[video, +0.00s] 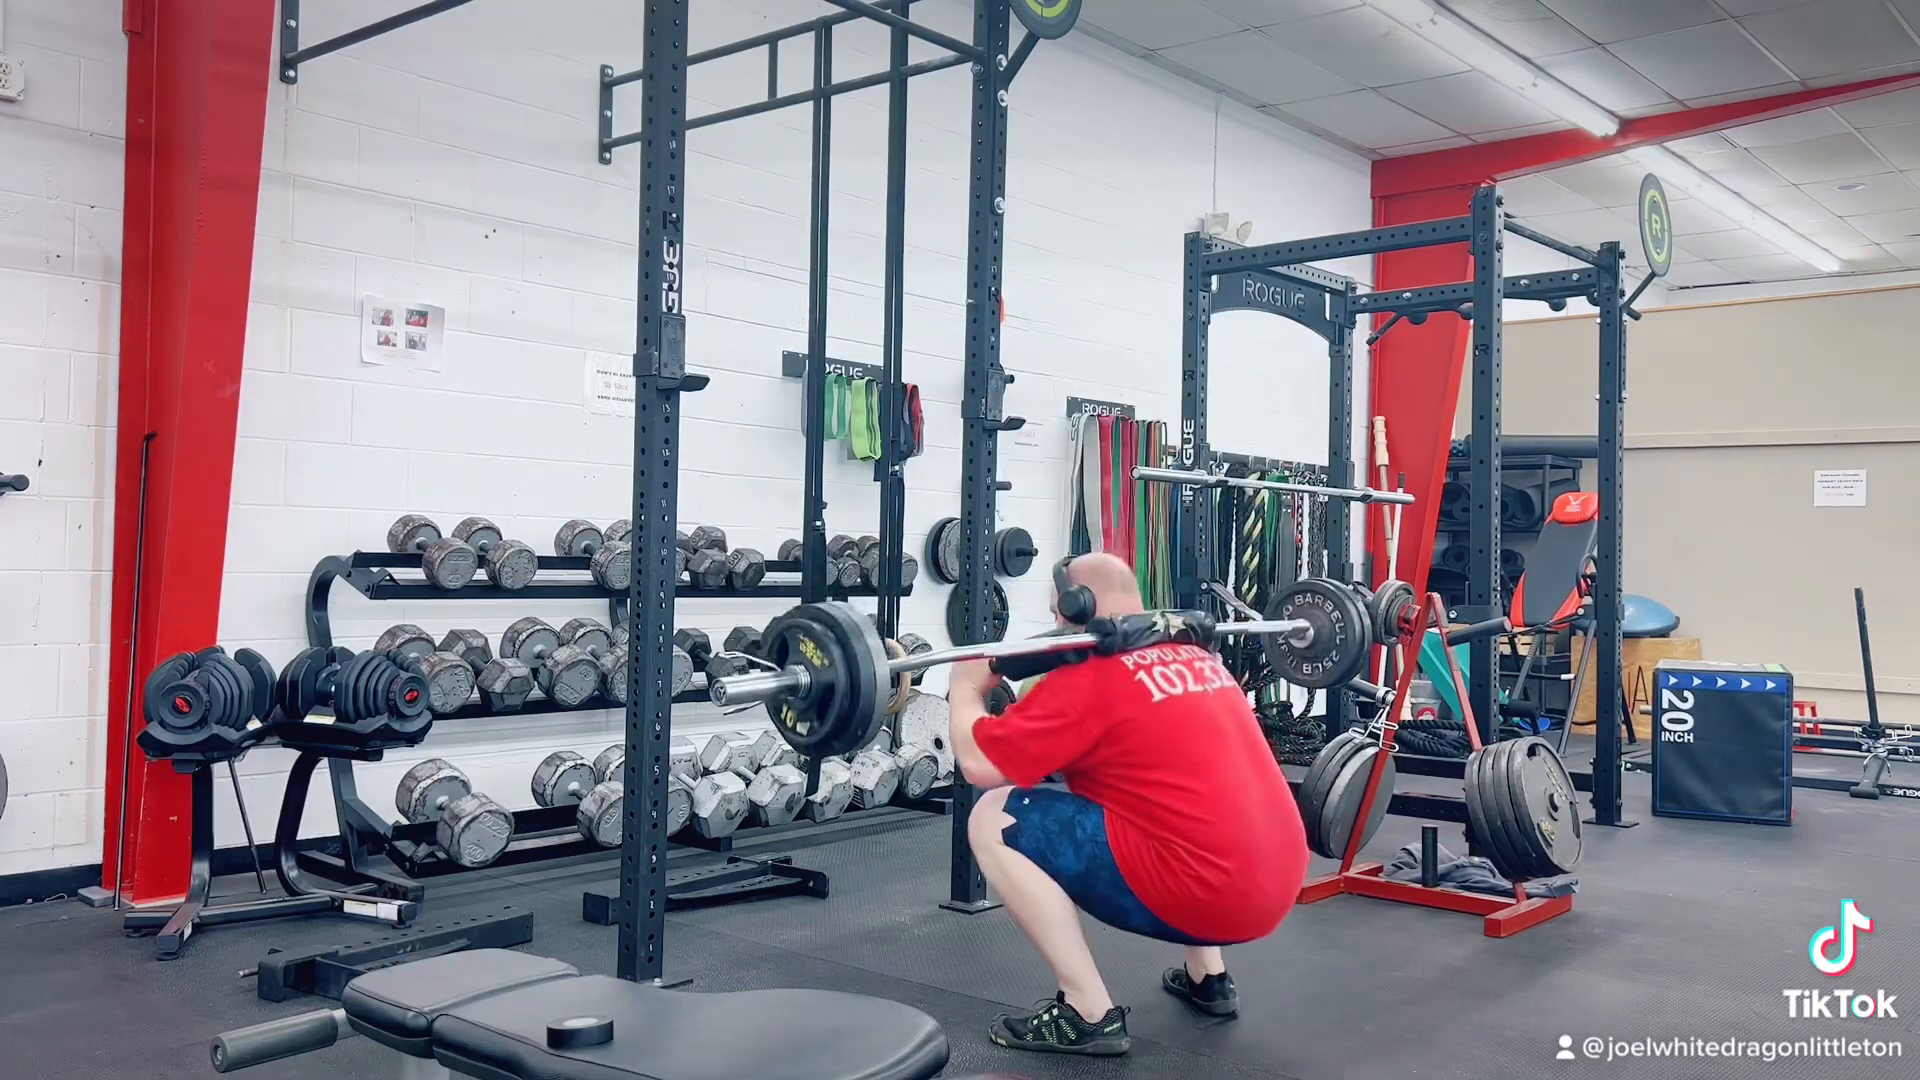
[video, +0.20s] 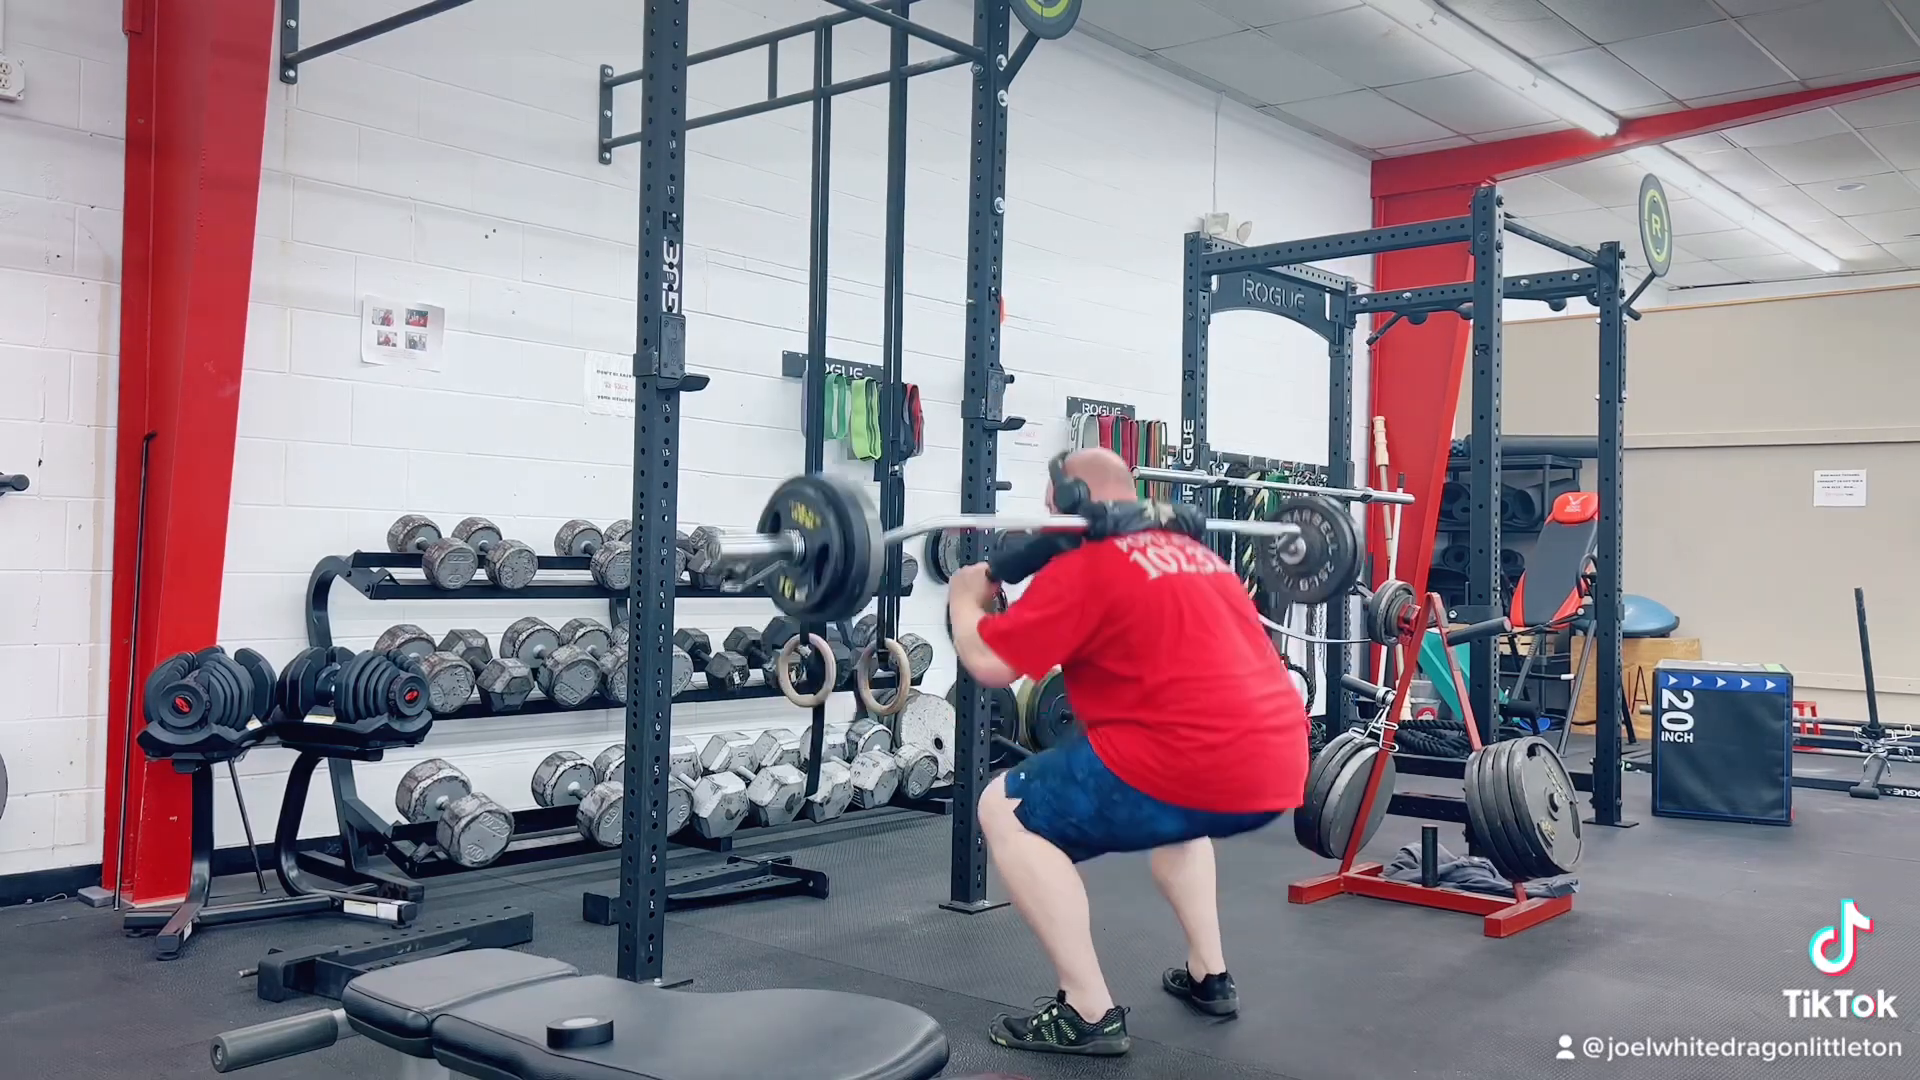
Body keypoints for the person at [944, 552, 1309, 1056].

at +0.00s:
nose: (1061, 620)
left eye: (1060, 608)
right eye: (1063, 608)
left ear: (1069, 615)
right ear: (1138, 602)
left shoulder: (1089, 679)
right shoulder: (1195, 656)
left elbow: (979, 763)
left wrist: (962, 691)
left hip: (1198, 899)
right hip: (1275, 890)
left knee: (992, 818)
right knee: (1153, 797)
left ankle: (1087, 1009)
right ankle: (1208, 974)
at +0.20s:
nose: (1050, 509)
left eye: (1051, 500)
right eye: (1054, 500)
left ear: (1063, 504)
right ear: (1133, 498)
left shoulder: (1087, 566)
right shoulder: (1193, 550)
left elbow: (989, 664)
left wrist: (964, 597)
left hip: (1180, 768)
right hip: (1277, 766)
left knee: (1005, 808)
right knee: (1168, 811)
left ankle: (1088, 1009)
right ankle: (1210, 975)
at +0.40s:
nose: (1054, 368)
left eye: (1057, 355)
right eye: (1056, 356)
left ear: (1076, 354)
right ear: (1143, 347)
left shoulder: (1097, 411)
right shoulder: (1209, 416)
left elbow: (1024, 517)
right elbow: (1242, 525)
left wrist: (983, 469)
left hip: (1147, 637)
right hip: (1241, 637)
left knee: (1044, 790)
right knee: (1172, 781)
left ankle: (1091, 1007)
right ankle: (1211, 973)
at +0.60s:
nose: (1073, 292)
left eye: (1074, 279)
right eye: (1078, 277)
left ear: (1088, 282)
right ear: (1154, 276)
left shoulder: (1105, 351)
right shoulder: (1215, 362)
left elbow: (1038, 445)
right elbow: (1243, 478)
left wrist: (999, 419)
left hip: (1115, 603)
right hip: (1204, 600)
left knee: (1110, 798)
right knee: (1199, 782)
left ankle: (1094, 1008)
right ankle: (1214, 972)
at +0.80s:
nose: (1074, 291)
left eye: (1077, 280)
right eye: (1078, 279)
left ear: (1094, 282)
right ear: (1159, 278)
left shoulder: (1110, 348)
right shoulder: (1215, 361)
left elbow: (1081, 452)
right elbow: (1253, 476)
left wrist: (1014, 432)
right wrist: (1168, 485)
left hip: (1112, 607)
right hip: (1202, 605)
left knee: (1111, 797)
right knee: (1202, 782)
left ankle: (1094, 1008)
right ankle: (1215, 974)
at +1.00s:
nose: (1072, 298)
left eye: (1074, 286)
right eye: (1074, 285)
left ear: (1091, 287)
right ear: (1158, 285)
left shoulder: (1108, 358)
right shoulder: (1214, 369)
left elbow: (1060, 469)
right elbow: (1238, 480)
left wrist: (1003, 436)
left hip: (1119, 619)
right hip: (1212, 614)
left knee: (1072, 787)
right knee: (1179, 780)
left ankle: (1093, 1006)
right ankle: (1214, 973)